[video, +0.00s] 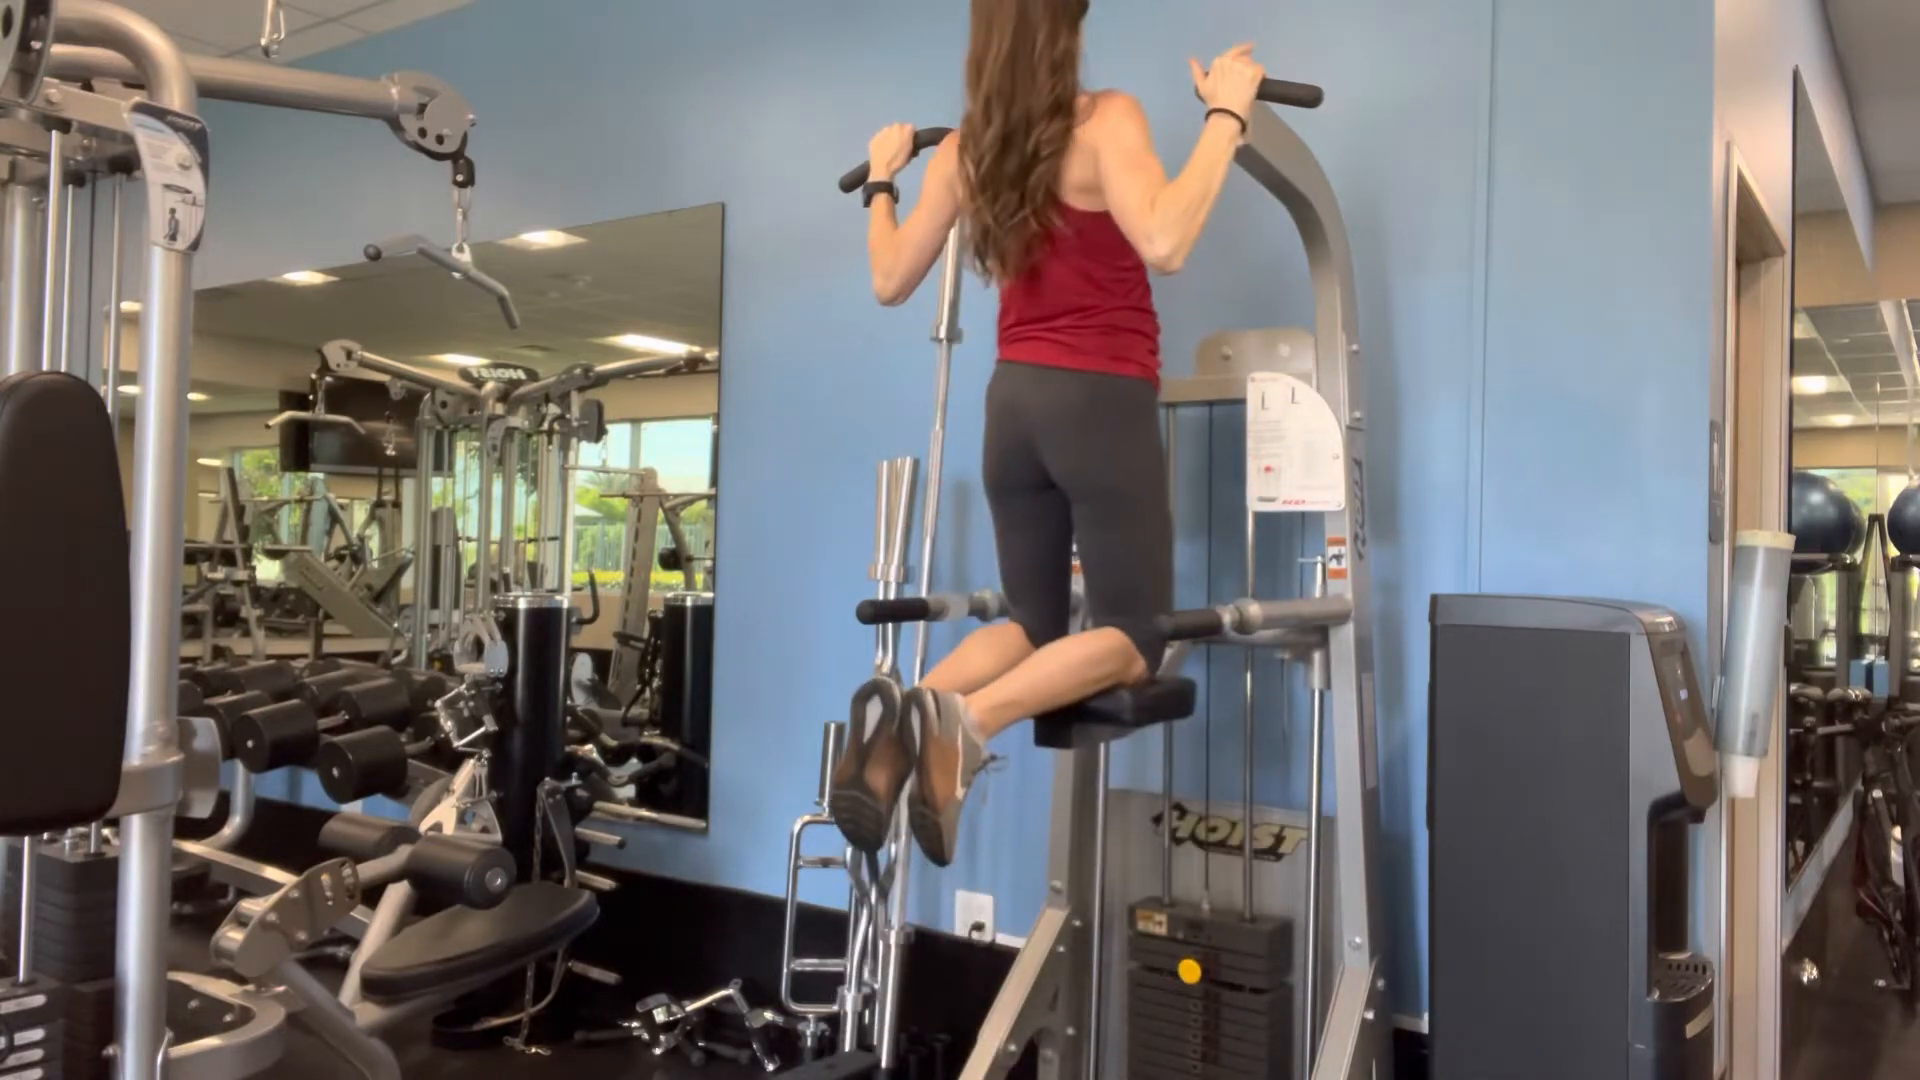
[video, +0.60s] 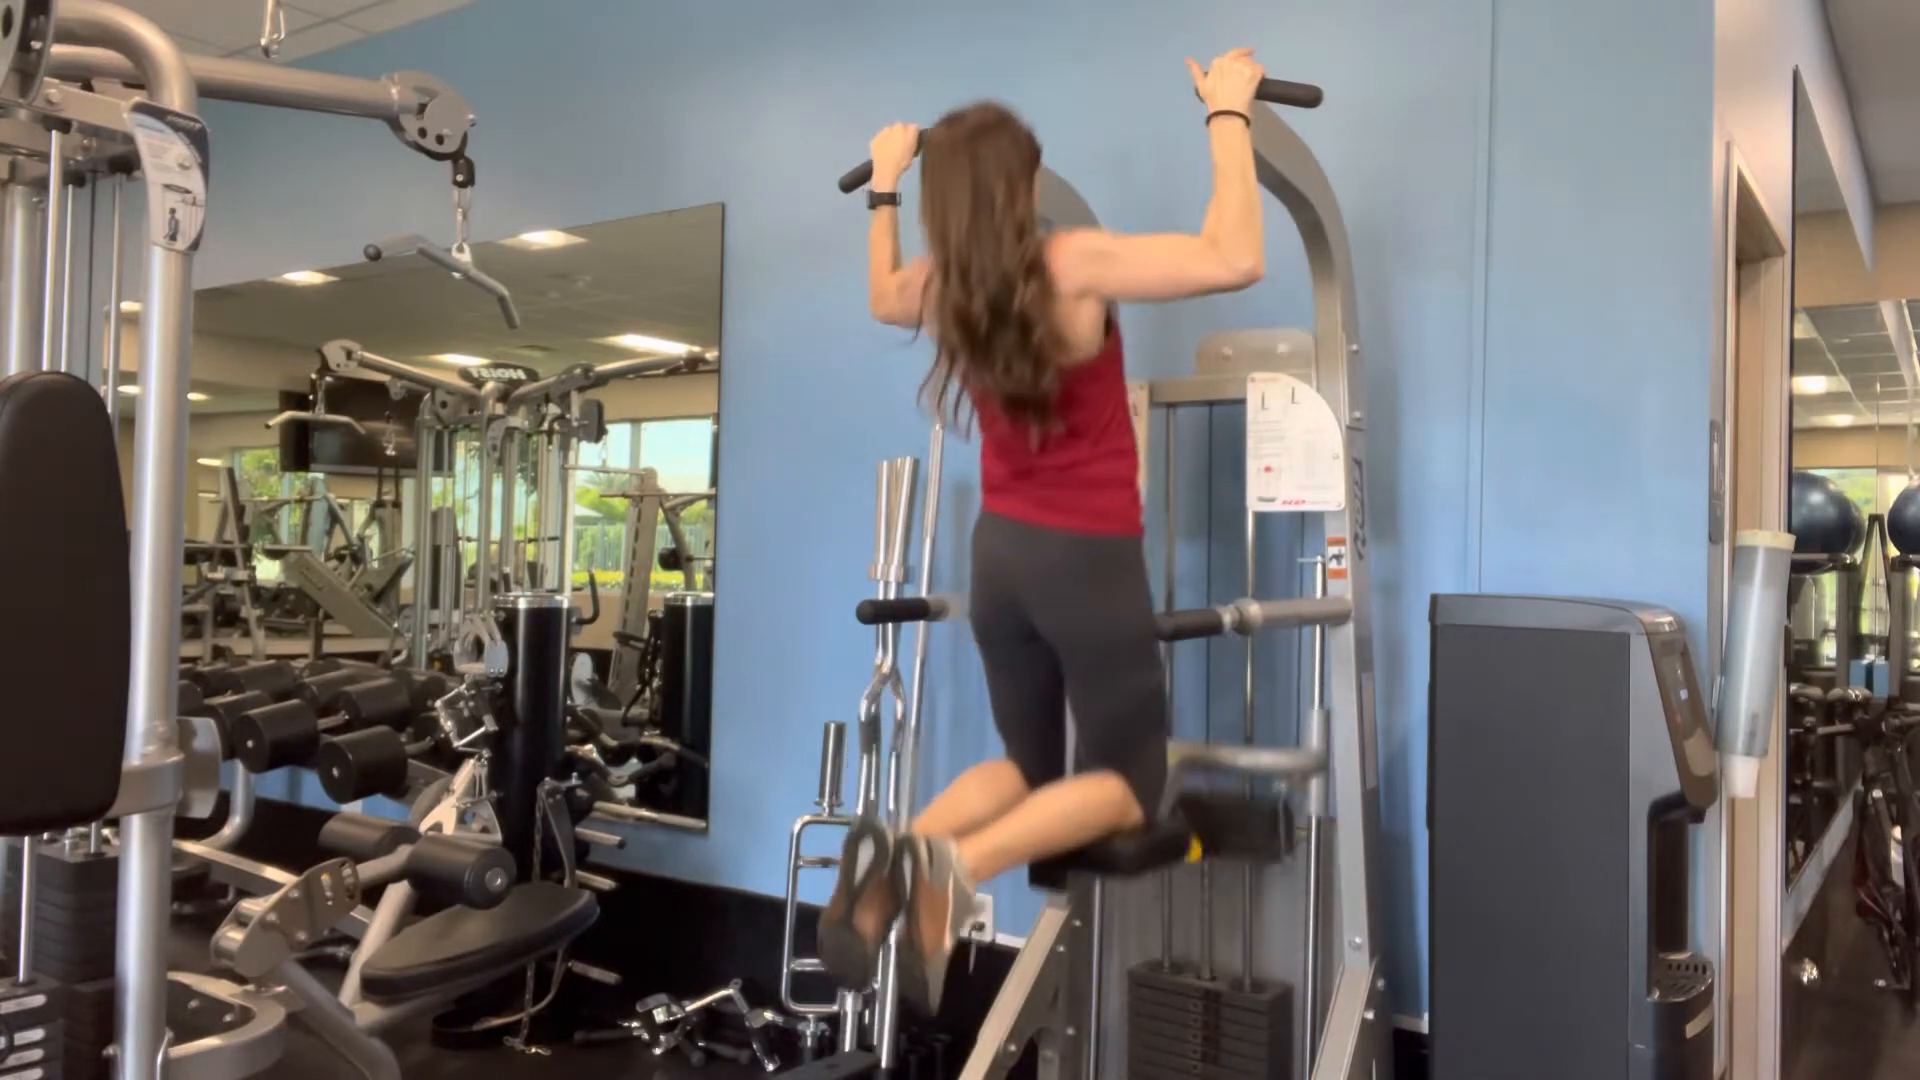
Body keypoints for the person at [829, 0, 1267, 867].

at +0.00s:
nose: (1078, 28)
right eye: (1074, 19)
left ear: (986, 36)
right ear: (1067, 29)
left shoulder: (969, 144)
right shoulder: (1105, 117)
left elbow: (891, 278)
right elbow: (1163, 240)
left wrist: (878, 180)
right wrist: (1227, 116)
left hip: (1012, 403)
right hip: (1099, 401)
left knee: (1032, 624)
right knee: (1134, 640)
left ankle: (906, 714)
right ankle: (969, 722)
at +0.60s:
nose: (1040, 169)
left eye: (1018, 160)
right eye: (1031, 160)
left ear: (950, 193)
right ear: (1026, 181)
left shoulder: (947, 283)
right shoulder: (1073, 260)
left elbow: (883, 295)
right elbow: (1233, 257)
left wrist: (885, 188)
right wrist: (1230, 116)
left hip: (999, 557)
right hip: (1086, 560)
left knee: (1028, 765)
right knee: (1128, 785)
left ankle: (901, 854)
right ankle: (958, 868)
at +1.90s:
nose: (1056, 146)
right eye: (1051, 135)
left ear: (953, 153)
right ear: (1039, 144)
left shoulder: (956, 239)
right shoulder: (1075, 227)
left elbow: (883, 300)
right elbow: (1238, 256)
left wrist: (885, 187)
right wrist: (1231, 117)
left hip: (1001, 520)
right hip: (1090, 527)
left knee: (1026, 742)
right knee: (1132, 755)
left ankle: (903, 855)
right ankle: (966, 859)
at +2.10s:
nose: (1066, 84)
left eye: (1059, 70)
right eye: (1062, 70)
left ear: (966, 84)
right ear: (1050, 79)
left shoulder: (948, 185)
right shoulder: (1088, 163)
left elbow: (882, 293)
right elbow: (1213, 255)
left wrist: (882, 181)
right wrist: (1231, 115)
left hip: (1007, 453)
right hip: (1094, 457)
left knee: (1029, 680)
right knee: (1134, 690)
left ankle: (908, 791)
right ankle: (968, 795)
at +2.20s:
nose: (1069, 59)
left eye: (1063, 42)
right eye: (1065, 43)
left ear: (974, 60)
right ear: (1054, 55)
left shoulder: (952, 168)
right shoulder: (1094, 144)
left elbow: (885, 288)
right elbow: (1199, 255)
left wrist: (881, 180)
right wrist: (1230, 115)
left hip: (1010, 435)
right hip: (1098, 437)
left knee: (1030, 657)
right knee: (1133, 673)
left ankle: (908, 772)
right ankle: (970, 772)